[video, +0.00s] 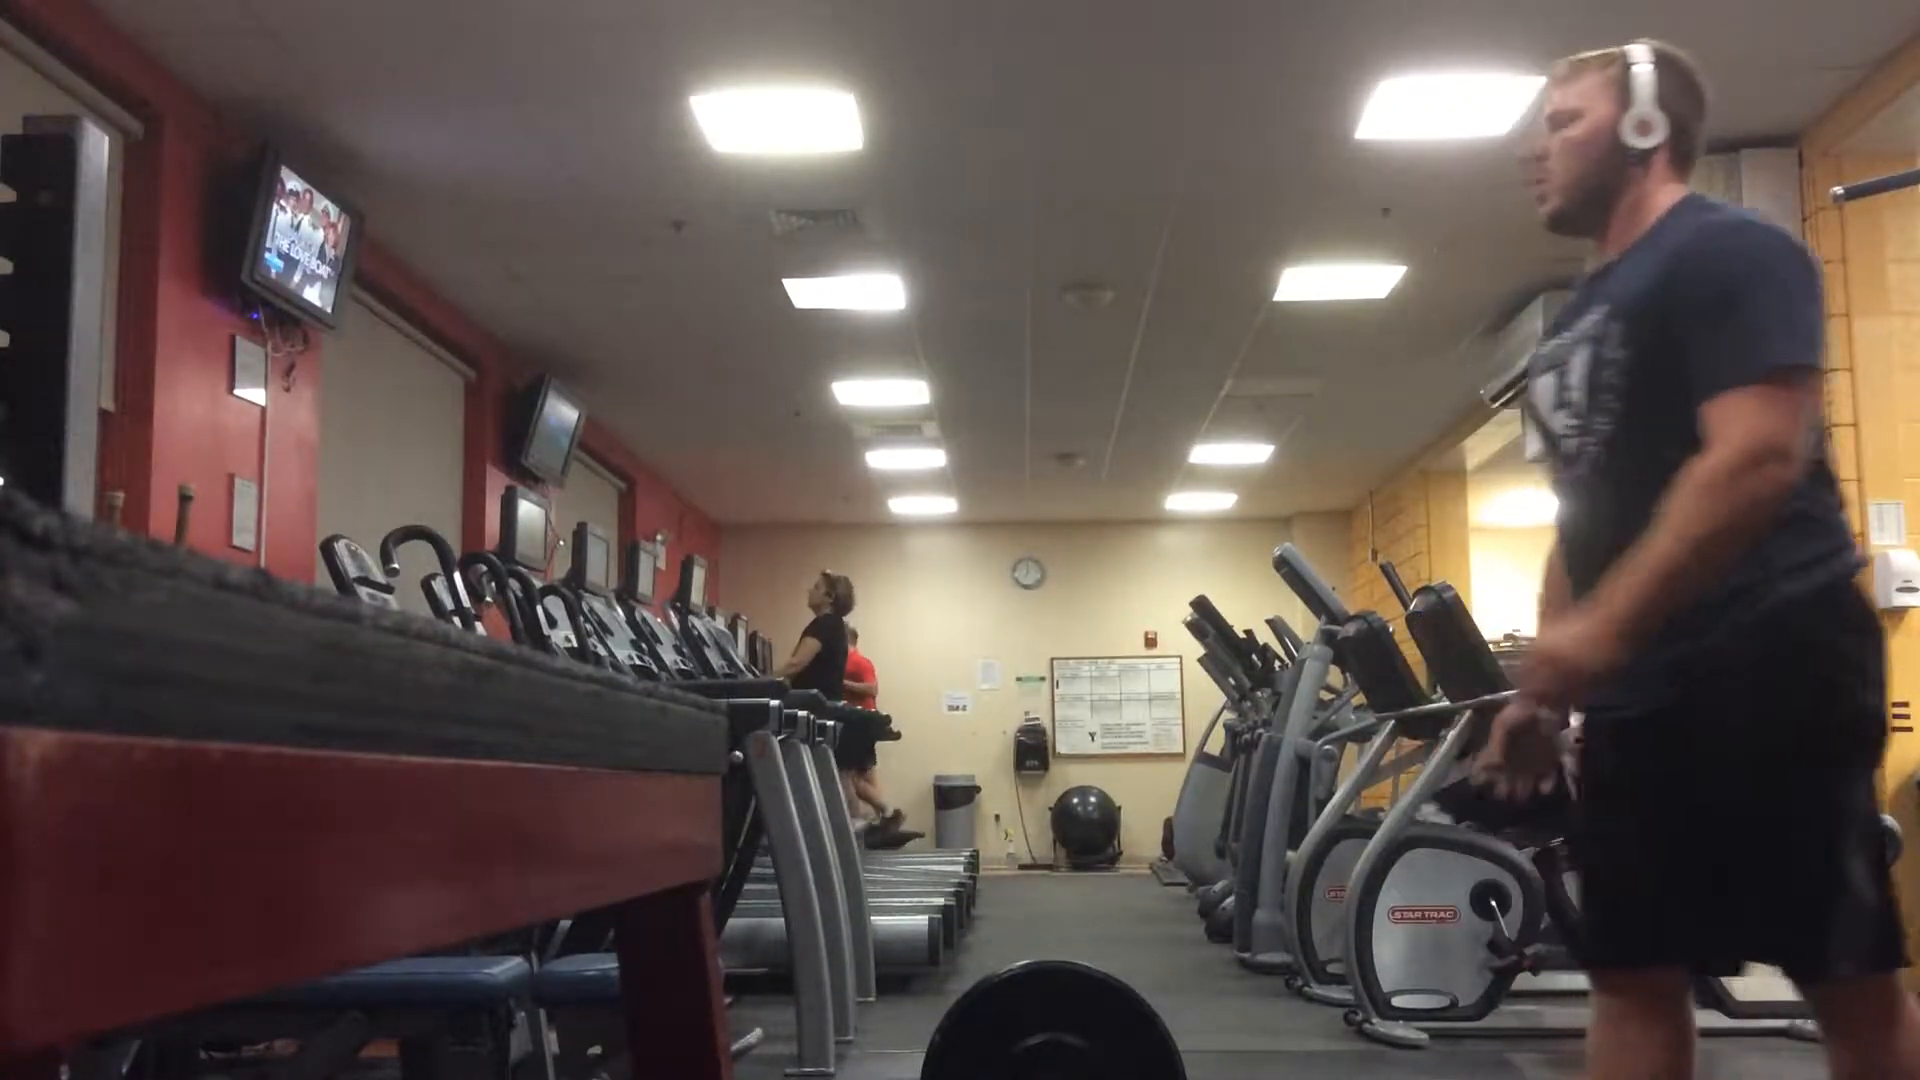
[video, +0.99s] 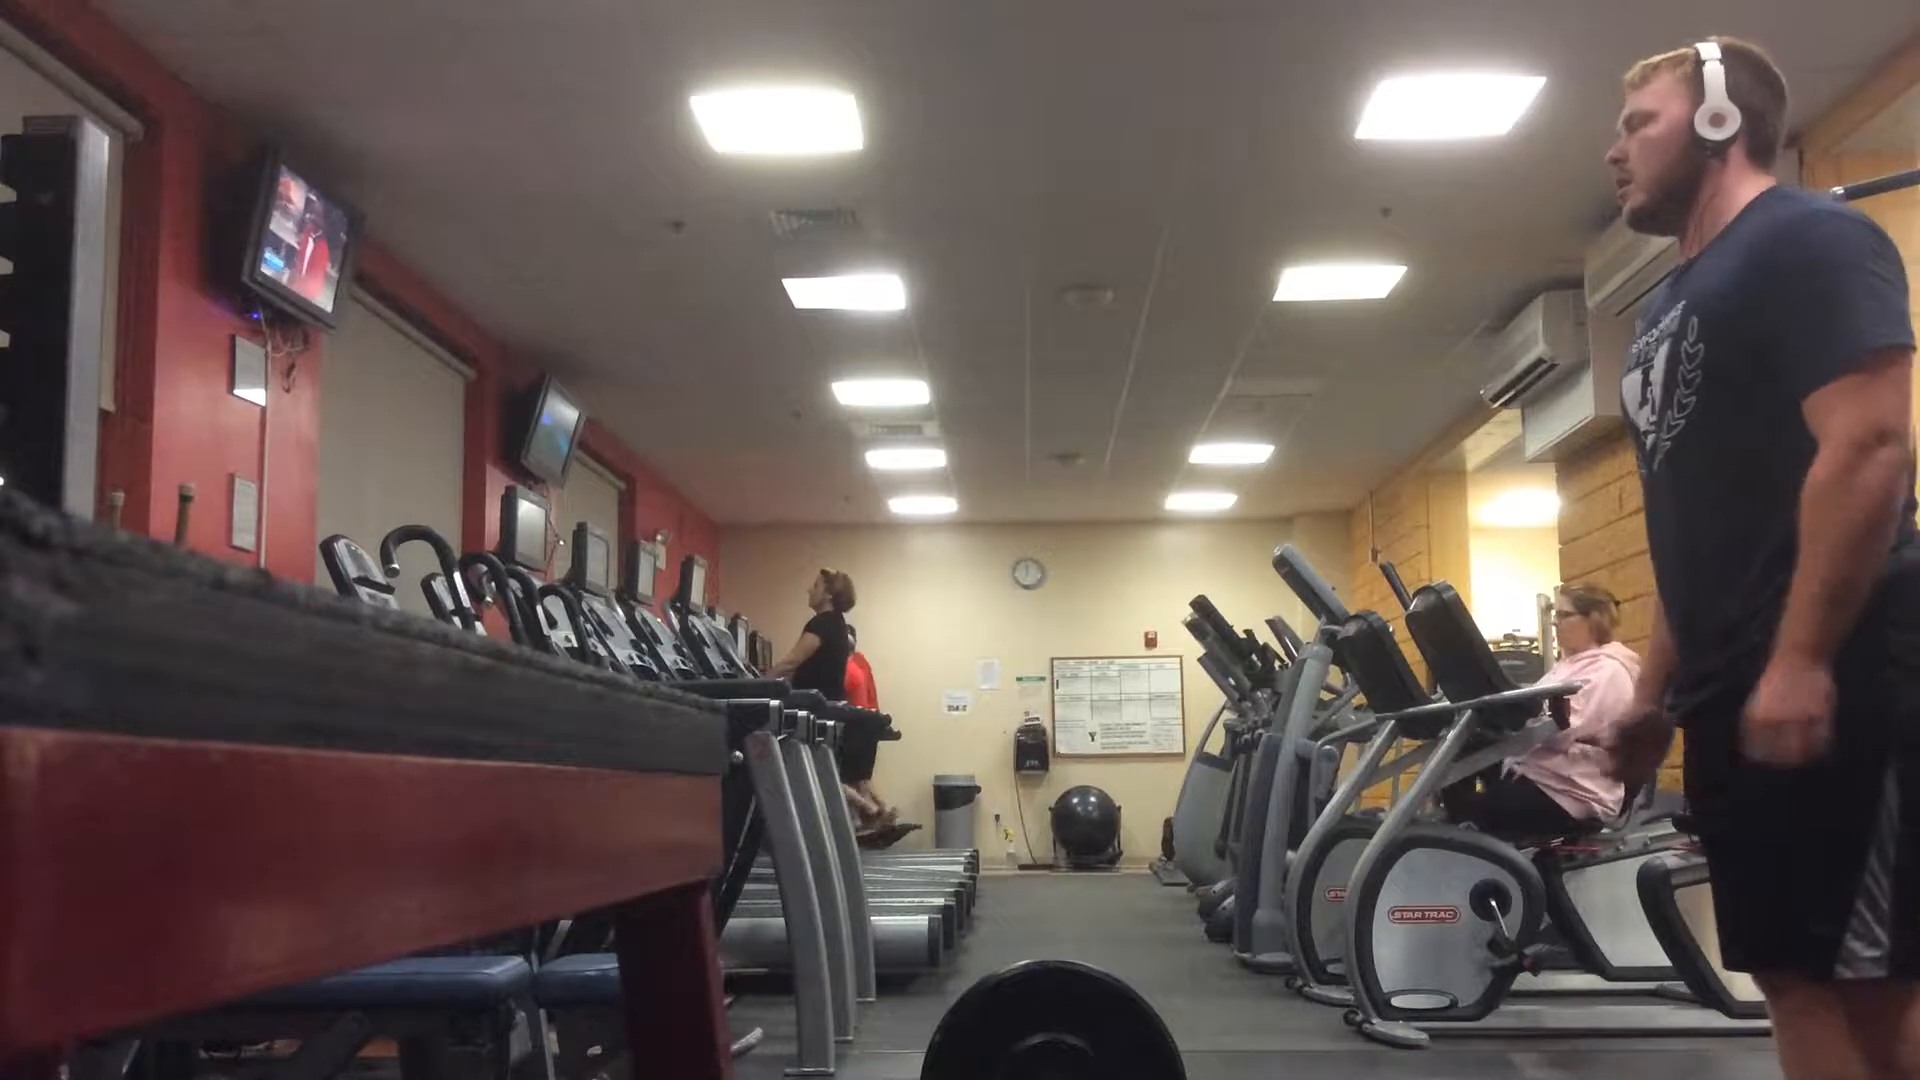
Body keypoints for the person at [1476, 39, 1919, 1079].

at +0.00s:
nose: (1534, 148)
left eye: (1560, 122)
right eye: (1538, 128)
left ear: (1643, 132)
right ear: (1622, 140)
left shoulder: (1730, 246)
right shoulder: (1580, 314)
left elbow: (1759, 454)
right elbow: (1583, 525)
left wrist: (1592, 632)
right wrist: (1542, 691)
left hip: (1779, 653)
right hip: (1638, 677)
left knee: (1854, 985)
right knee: (1633, 980)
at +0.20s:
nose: (1596, 133)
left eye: (1624, 107)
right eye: (1600, 112)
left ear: (1711, 123)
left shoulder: (1813, 252)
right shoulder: (1628, 314)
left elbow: (1889, 476)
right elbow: (1653, 521)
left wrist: (1886, 687)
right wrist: (1598, 689)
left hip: (1827, 680)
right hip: (1684, 693)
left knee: (1881, 982)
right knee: (1634, 956)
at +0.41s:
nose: (1626, 121)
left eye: (1657, 96)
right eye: (1630, 102)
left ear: (1744, 115)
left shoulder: (1835, 244)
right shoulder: (1650, 312)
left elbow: (1916, 458)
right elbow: (1673, 520)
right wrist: (1629, 694)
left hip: (1857, 679)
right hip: (1710, 695)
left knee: (1889, 982)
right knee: (1709, 964)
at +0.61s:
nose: (1619, 132)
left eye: (1645, 107)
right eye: (1621, 112)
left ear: (1730, 114)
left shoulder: (1833, 242)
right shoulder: (1657, 316)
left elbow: (1895, 461)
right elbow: (1682, 518)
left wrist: (1817, 662)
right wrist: (1624, 686)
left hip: (1858, 688)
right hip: (1732, 703)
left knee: (1885, 990)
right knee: (1791, 990)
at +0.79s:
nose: (1617, 135)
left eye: (1643, 108)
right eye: (1620, 115)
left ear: (1727, 115)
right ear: (1705, 122)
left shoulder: (1825, 237)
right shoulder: (1659, 310)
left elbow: (1884, 446)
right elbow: (1686, 516)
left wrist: (1754, 633)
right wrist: (1621, 684)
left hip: (1859, 687)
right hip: (1742, 698)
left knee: (1885, 993)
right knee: (1802, 986)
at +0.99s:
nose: (1616, 148)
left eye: (1638, 121)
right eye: (1619, 127)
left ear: (1717, 123)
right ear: (1702, 132)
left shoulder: (1806, 234)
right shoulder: (1664, 308)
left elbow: (1872, 445)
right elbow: (1697, 528)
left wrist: (1804, 654)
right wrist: (1655, 693)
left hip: (1845, 675)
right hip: (1738, 691)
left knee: (1874, 987)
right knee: (1796, 981)